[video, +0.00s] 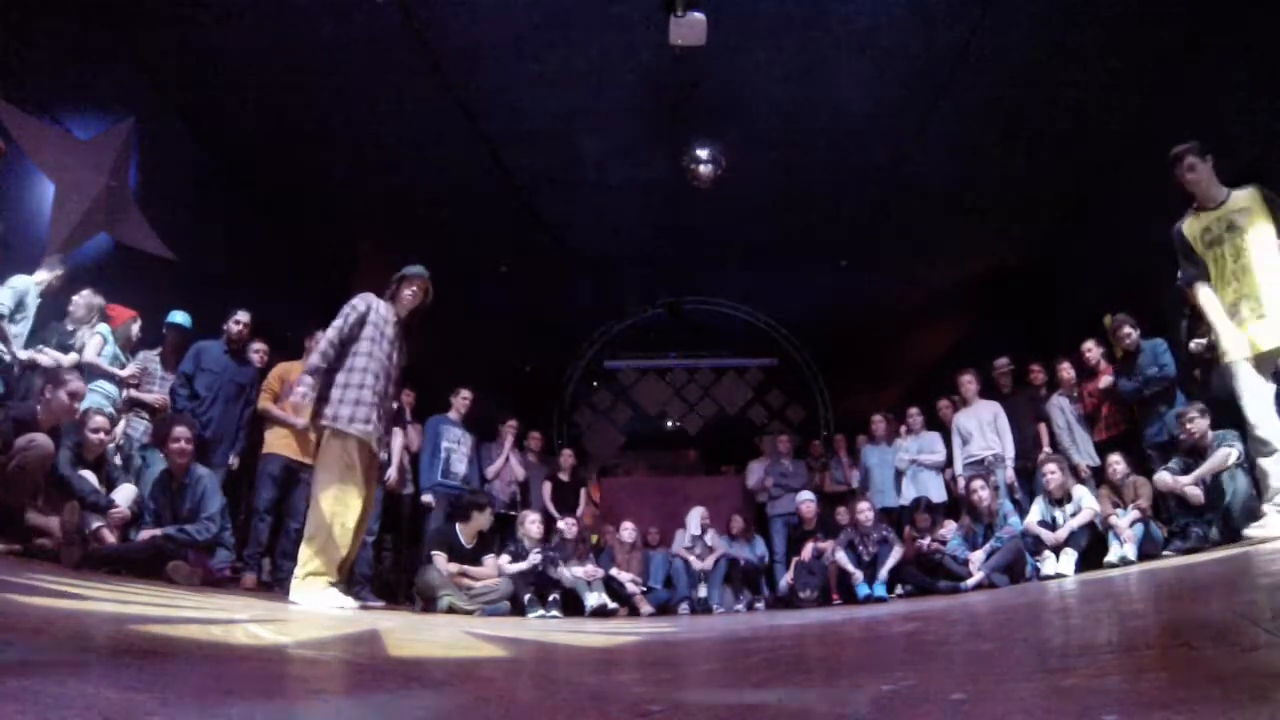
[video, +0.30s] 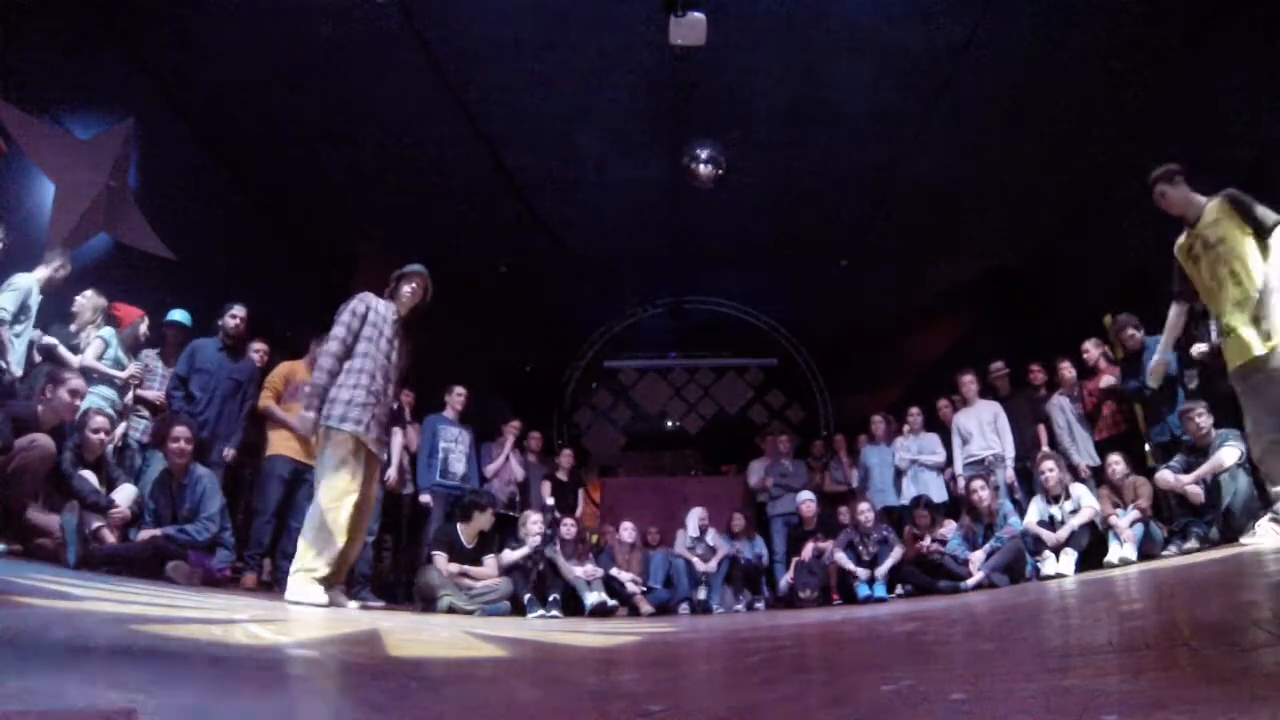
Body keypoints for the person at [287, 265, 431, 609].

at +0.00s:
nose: (414, 294)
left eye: (420, 292)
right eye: (411, 286)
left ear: (422, 300)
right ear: (396, 285)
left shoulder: (399, 343)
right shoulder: (368, 304)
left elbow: (391, 395)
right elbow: (332, 338)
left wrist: (392, 450)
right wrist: (308, 382)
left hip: (371, 429)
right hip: (346, 417)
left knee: (357, 508)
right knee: (338, 501)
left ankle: (326, 582)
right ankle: (311, 581)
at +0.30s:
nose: (414, 291)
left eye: (421, 289)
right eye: (410, 283)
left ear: (422, 299)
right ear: (396, 284)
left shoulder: (401, 342)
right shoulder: (366, 304)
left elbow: (390, 393)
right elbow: (333, 350)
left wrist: (391, 451)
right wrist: (312, 405)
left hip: (375, 428)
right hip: (345, 415)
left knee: (360, 509)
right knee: (336, 498)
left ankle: (333, 583)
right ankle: (304, 580)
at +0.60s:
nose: (406, 277)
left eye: (412, 275)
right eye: (402, 269)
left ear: (414, 285)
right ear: (386, 269)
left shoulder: (399, 333)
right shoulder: (353, 293)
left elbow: (400, 391)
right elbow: (315, 335)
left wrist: (410, 433)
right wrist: (307, 375)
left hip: (374, 421)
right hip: (338, 404)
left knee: (357, 506)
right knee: (328, 495)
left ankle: (334, 584)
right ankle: (306, 580)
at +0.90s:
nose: (394, 263)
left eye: (399, 260)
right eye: (390, 255)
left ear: (400, 267)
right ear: (371, 253)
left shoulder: (398, 315)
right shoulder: (335, 283)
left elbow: (403, 381)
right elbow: (297, 287)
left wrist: (399, 438)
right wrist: (297, 243)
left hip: (371, 412)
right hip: (324, 398)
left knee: (362, 490)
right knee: (314, 489)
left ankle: (340, 576)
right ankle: (303, 579)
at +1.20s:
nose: (388, 253)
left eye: (394, 248)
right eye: (382, 244)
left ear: (399, 255)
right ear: (367, 244)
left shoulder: (399, 305)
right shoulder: (331, 271)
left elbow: (397, 373)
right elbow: (287, 253)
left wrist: (384, 421)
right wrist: (299, 201)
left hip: (363, 396)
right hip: (314, 384)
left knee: (345, 486)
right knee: (310, 483)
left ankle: (333, 580)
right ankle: (304, 581)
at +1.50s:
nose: (395, 230)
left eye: (404, 225)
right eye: (391, 220)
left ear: (410, 233)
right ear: (376, 219)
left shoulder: (406, 288)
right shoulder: (336, 240)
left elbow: (399, 354)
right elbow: (296, 208)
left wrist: (388, 412)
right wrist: (305, 149)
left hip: (356, 384)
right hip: (308, 369)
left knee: (329, 474)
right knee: (298, 472)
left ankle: (311, 578)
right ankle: (298, 575)